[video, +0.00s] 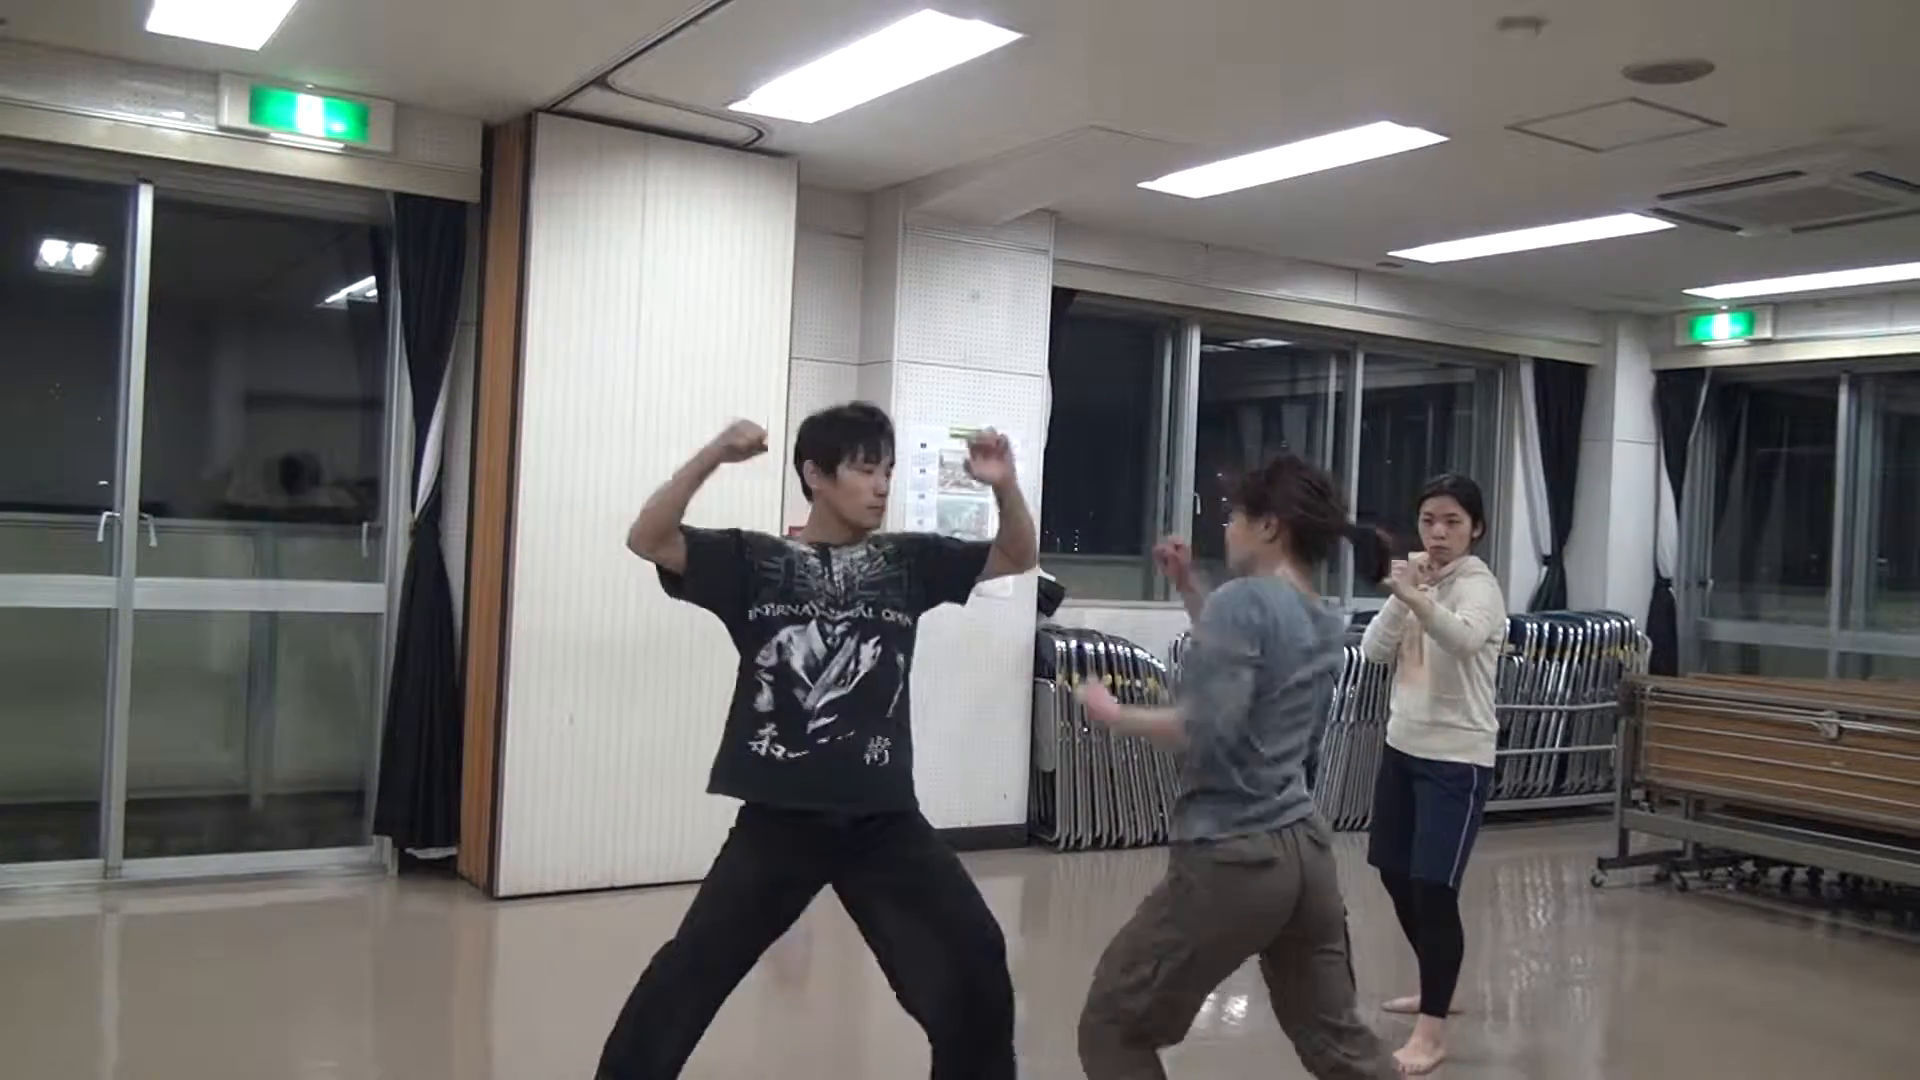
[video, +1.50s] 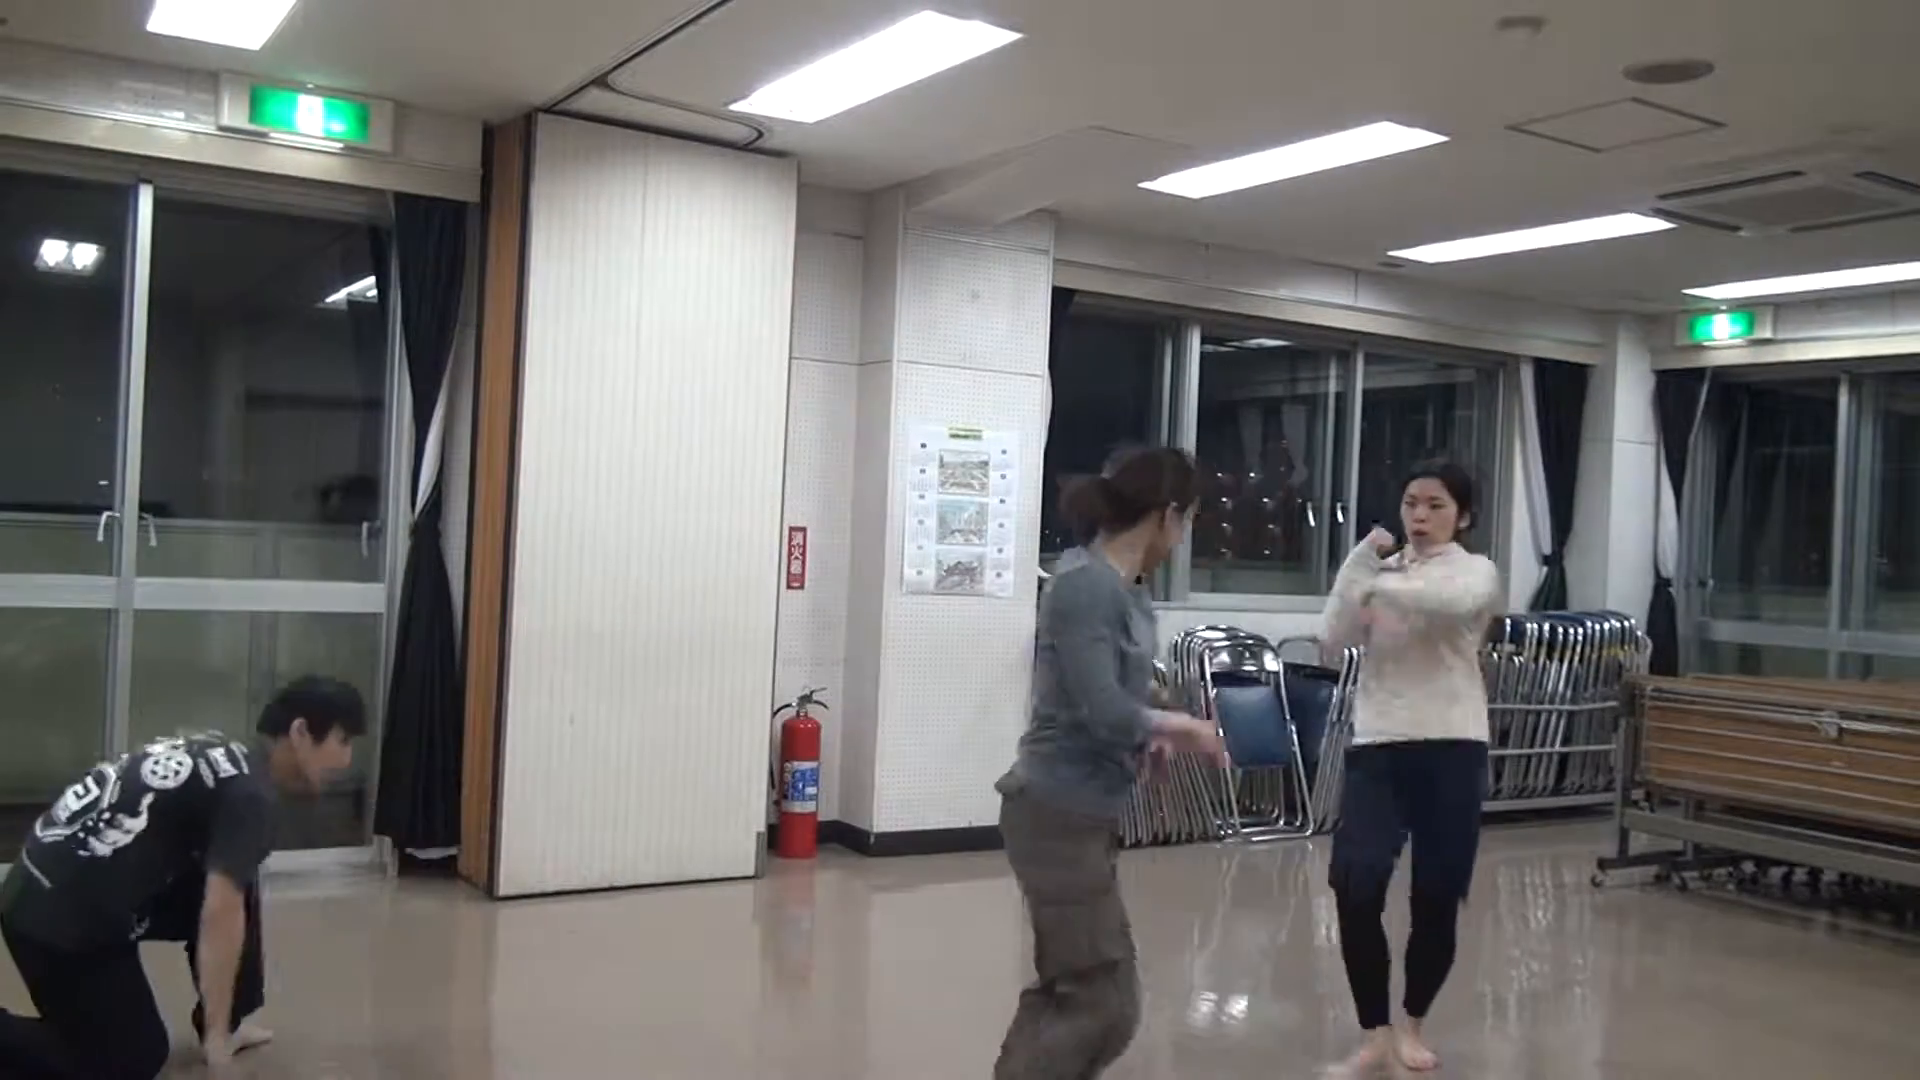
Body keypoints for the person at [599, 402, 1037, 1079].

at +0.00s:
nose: (882, 483)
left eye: (887, 469)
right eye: (865, 469)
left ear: (890, 476)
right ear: (815, 477)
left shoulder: (907, 560)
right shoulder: (753, 561)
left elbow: (1017, 554)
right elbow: (648, 539)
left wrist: (1006, 486)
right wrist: (709, 457)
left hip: (883, 822)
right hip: (778, 822)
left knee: (972, 959)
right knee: (688, 974)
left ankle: (980, 1077)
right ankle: (620, 1075)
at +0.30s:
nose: (913, 543)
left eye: (913, 526)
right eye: (896, 525)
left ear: (857, 537)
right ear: (843, 534)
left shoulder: (893, 611)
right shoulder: (769, 603)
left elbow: (952, 627)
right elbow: (667, 637)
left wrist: (1008, 652)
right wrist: (654, 684)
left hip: (864, 843)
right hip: (775, 851)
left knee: (958, 941)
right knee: (734, 1029)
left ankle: (970, 1074)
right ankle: (631, 1069)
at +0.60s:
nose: (725, 537)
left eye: (718, 521)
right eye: (710, 523)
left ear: (671, 537)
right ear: (670, 538)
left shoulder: (634, 603)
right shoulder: (633, 610)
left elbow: (712, 689)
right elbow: (709, 692)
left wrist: (786, 728)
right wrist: (795, 737)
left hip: (633, 816)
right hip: (581, 831)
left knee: (731, 899)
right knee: (689, 959)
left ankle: (674, 1064)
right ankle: (613, 1071)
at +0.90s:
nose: (593, 768)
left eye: (599, 756)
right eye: (594, 752)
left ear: (540, 727)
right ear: (556, 738)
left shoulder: (459, 710)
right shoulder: (481, 775)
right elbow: (484, 898)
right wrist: (524, 1009)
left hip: (276, 825)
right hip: (314, 840)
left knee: (355, 918)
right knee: (442, 905)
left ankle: (257, 1010)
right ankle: (462, 1047)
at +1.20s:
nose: (422, 869)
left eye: (433, 859)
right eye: (429, 854)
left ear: (392, 808)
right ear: (399, 823)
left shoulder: (319, 795)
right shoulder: (345, 851)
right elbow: (373, 966)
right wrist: (433, 1055)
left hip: (132, 856)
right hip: (119, 896)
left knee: (284, 900)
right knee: (155, 1045)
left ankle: (242, 1030)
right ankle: (8, 1030)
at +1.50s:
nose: (346, 761)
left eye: (349, 746)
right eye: (341, 743)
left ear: (294, 730)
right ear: (299, 732)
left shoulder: (221, 752)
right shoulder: (248, 795)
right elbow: (219, 921)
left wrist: (222, 1024)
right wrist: (216, 1044)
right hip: (64, 917)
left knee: (234, 894)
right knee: (132, 1060)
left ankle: (226, 1025)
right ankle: (6, 1030)